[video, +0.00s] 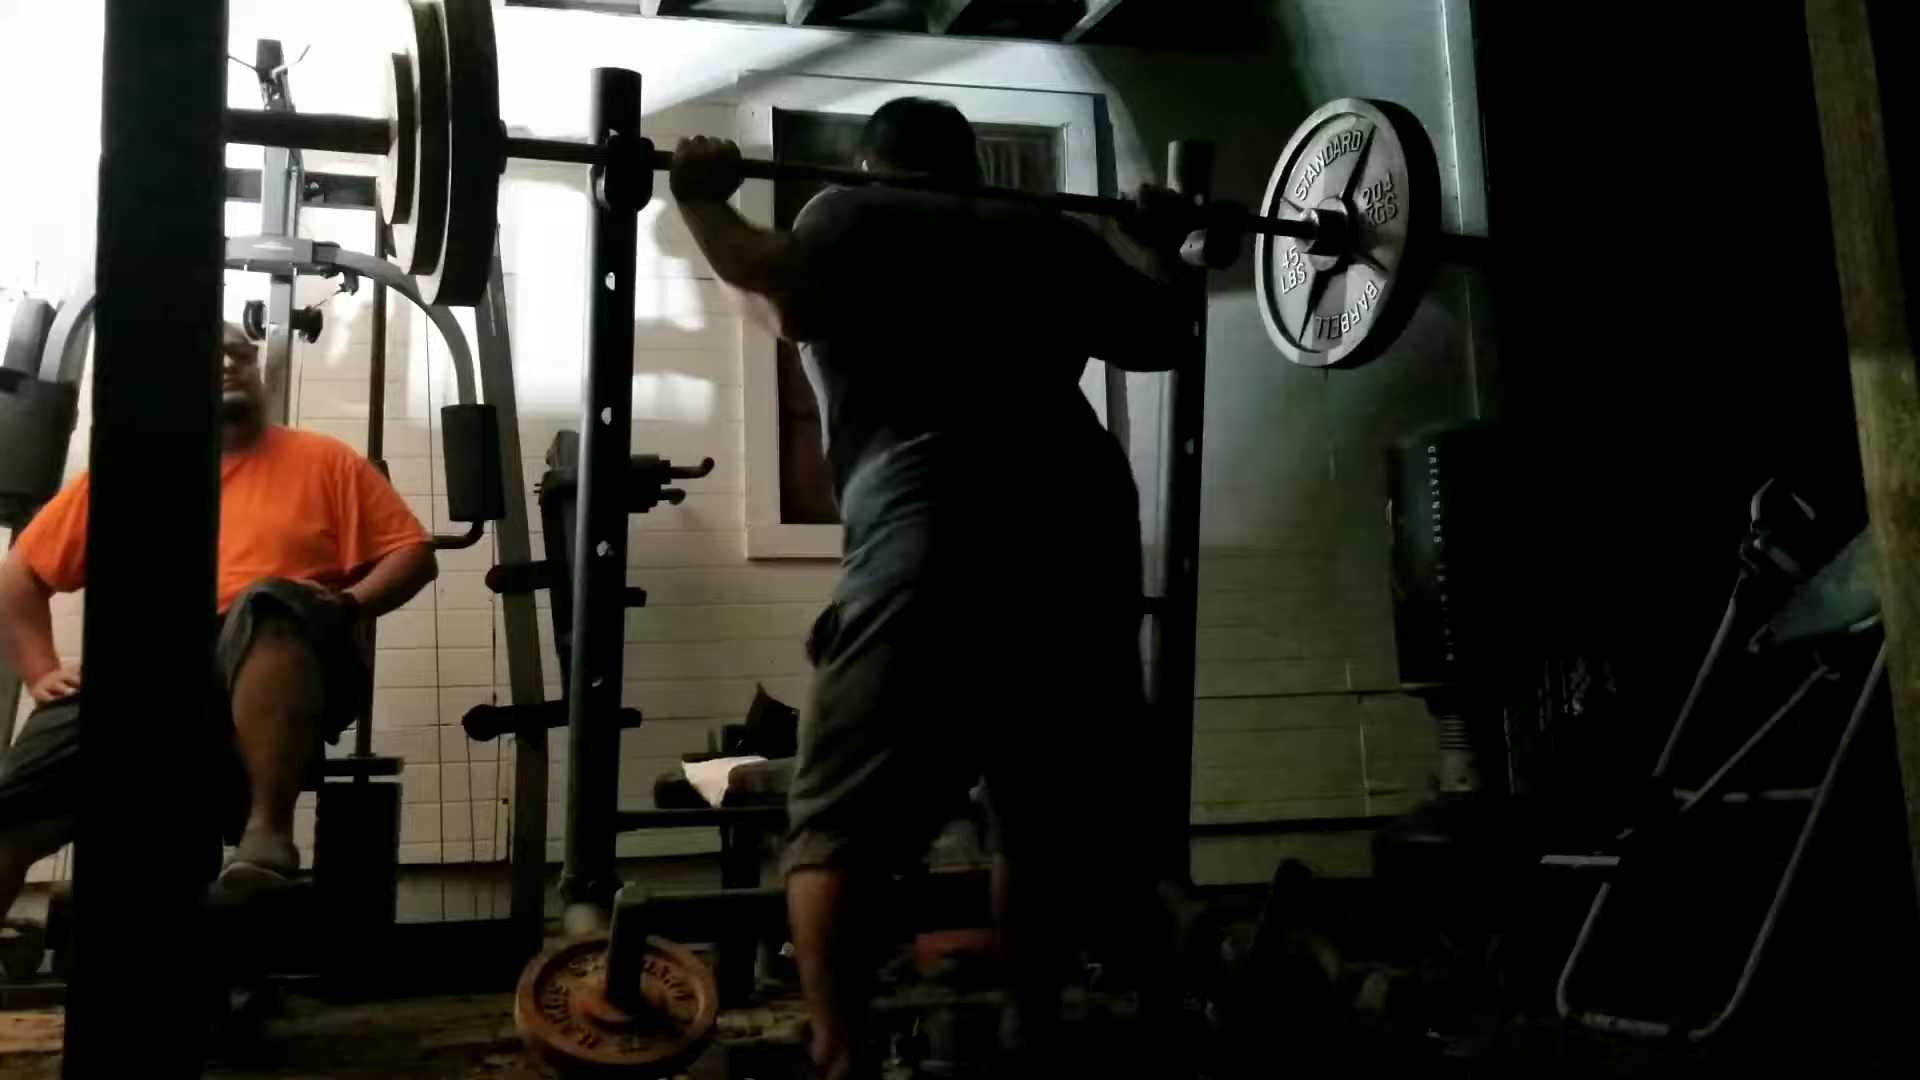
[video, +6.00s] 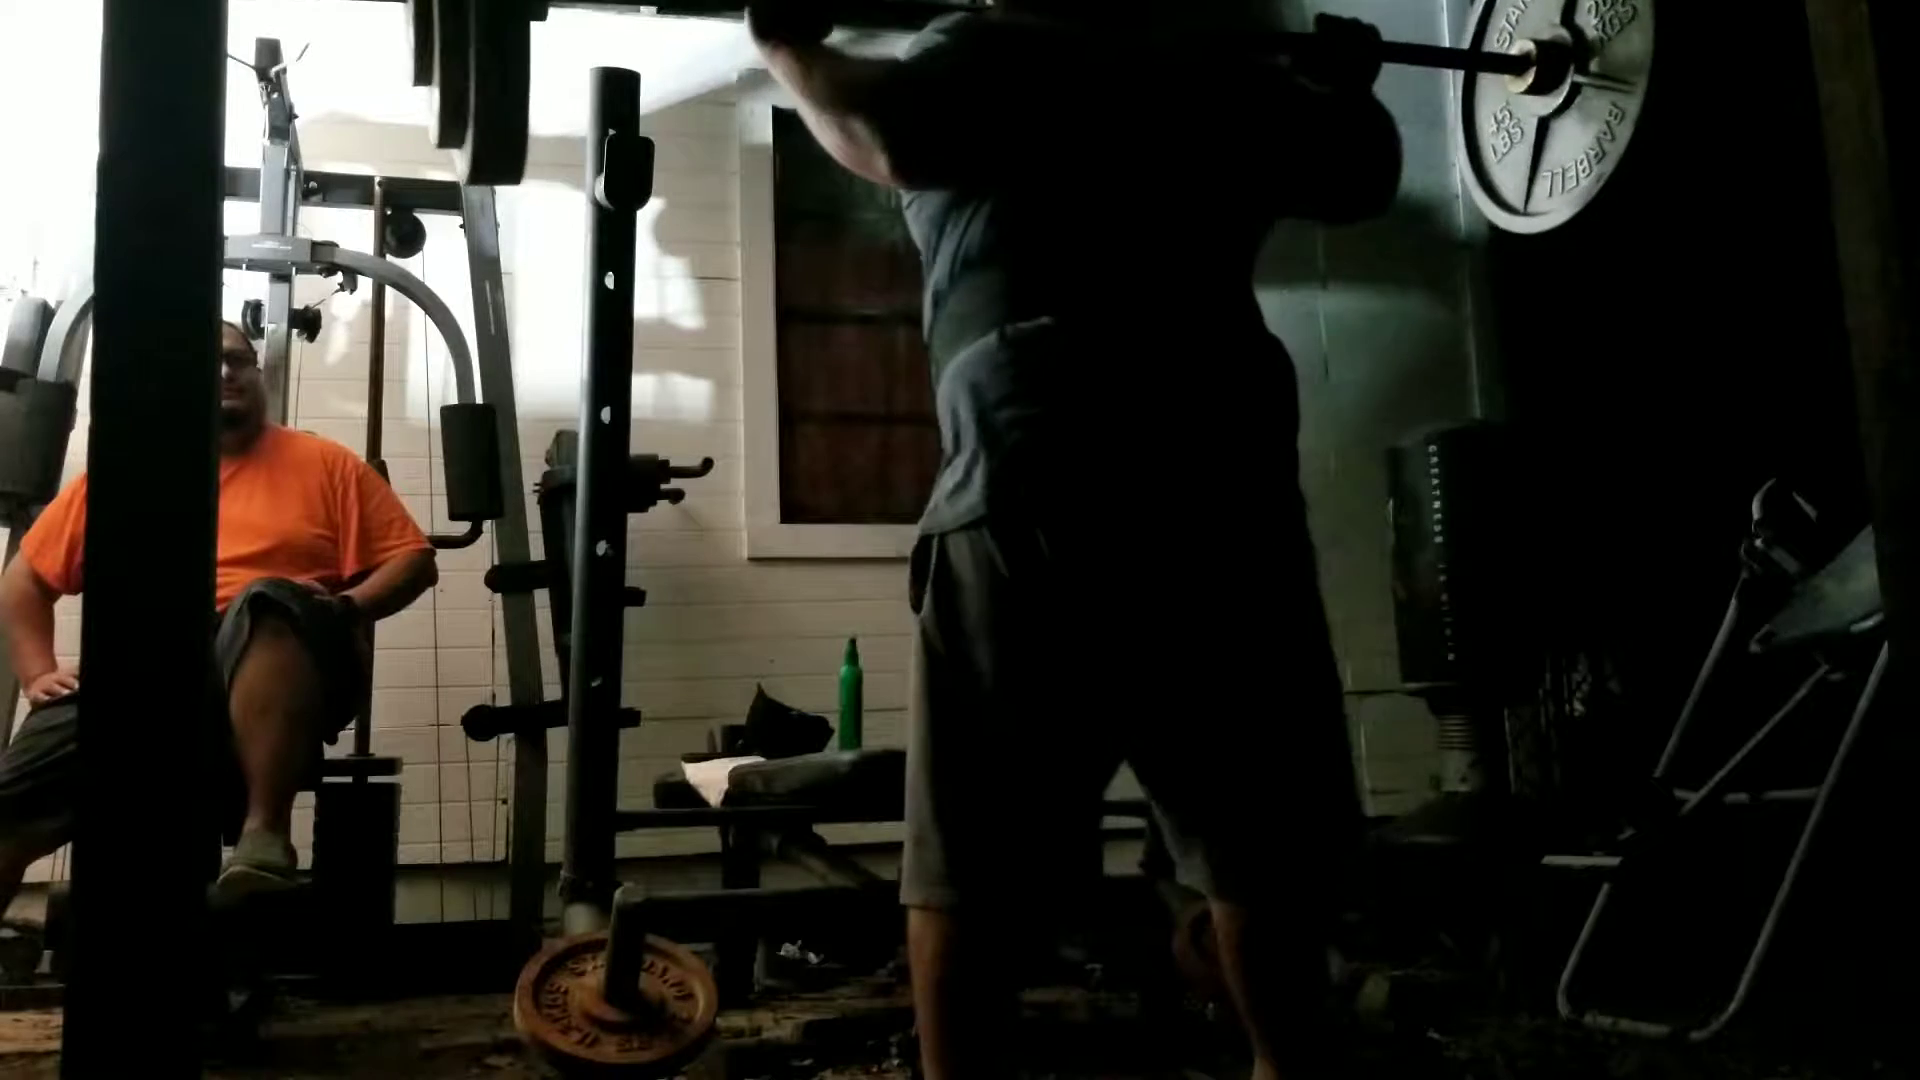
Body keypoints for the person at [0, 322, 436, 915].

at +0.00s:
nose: (230, 367)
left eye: (242, 355)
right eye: (213, 357)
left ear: (265, 374)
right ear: (187, 375)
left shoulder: (325, 462)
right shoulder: (134, 468)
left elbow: (414, 552)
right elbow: (21, 571)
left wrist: (353, 601)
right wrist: (41, 670)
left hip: (285, 669)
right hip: (147, 666)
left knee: (273, 606)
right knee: (14, 804)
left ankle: (268, 832)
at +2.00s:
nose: (230, 370)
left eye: (242, 357)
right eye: (213, 358)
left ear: (264, 375)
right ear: (185, 376)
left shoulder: (324, 462)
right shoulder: (131, 468)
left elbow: (414, 552)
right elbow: (24, 575)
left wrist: (350, 603)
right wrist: (39, 672)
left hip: (287, 669)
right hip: (146, 668)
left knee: (271, 604)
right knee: (14, 805)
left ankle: (266, 829)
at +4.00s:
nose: (230, 370)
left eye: (241, 358)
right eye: (213, 359)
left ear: (264, 376)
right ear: (186, 378)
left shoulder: (323, 463)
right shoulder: (133, 467)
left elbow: (414, 557)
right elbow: (24, 575)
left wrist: (349, 604)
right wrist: (38, 671)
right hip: (144, 666)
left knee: (272, 604)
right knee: (12, 809)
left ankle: (266, 830)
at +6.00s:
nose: (227, 373)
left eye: (239, 360)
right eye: (211, 361)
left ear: (264, 375)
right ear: (186, 378)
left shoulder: (326, 465)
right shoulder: (132, 467)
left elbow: (414, 559)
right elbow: (25, 573)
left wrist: (350, 603)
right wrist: (38, 671)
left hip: (285, 664)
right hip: (145, 664)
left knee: (271, 604)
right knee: (12, 806)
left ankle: (265, 830)